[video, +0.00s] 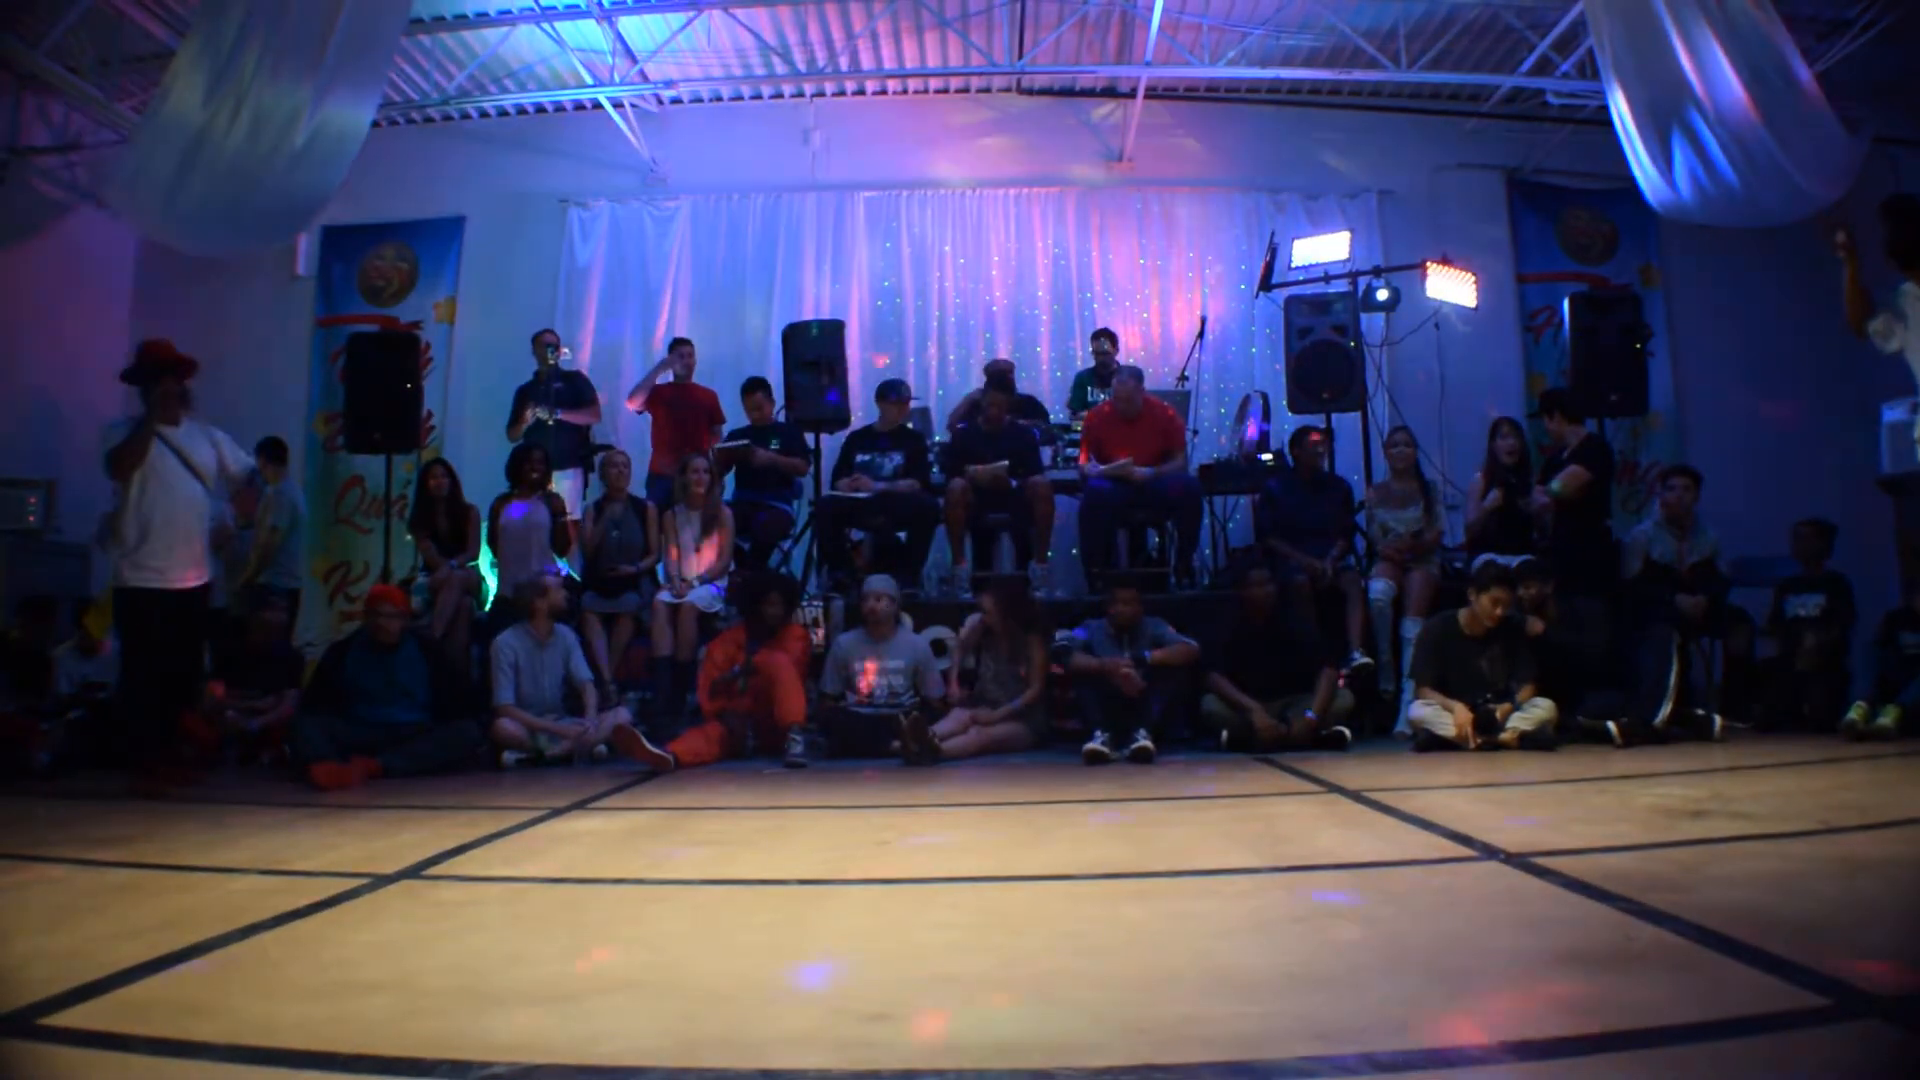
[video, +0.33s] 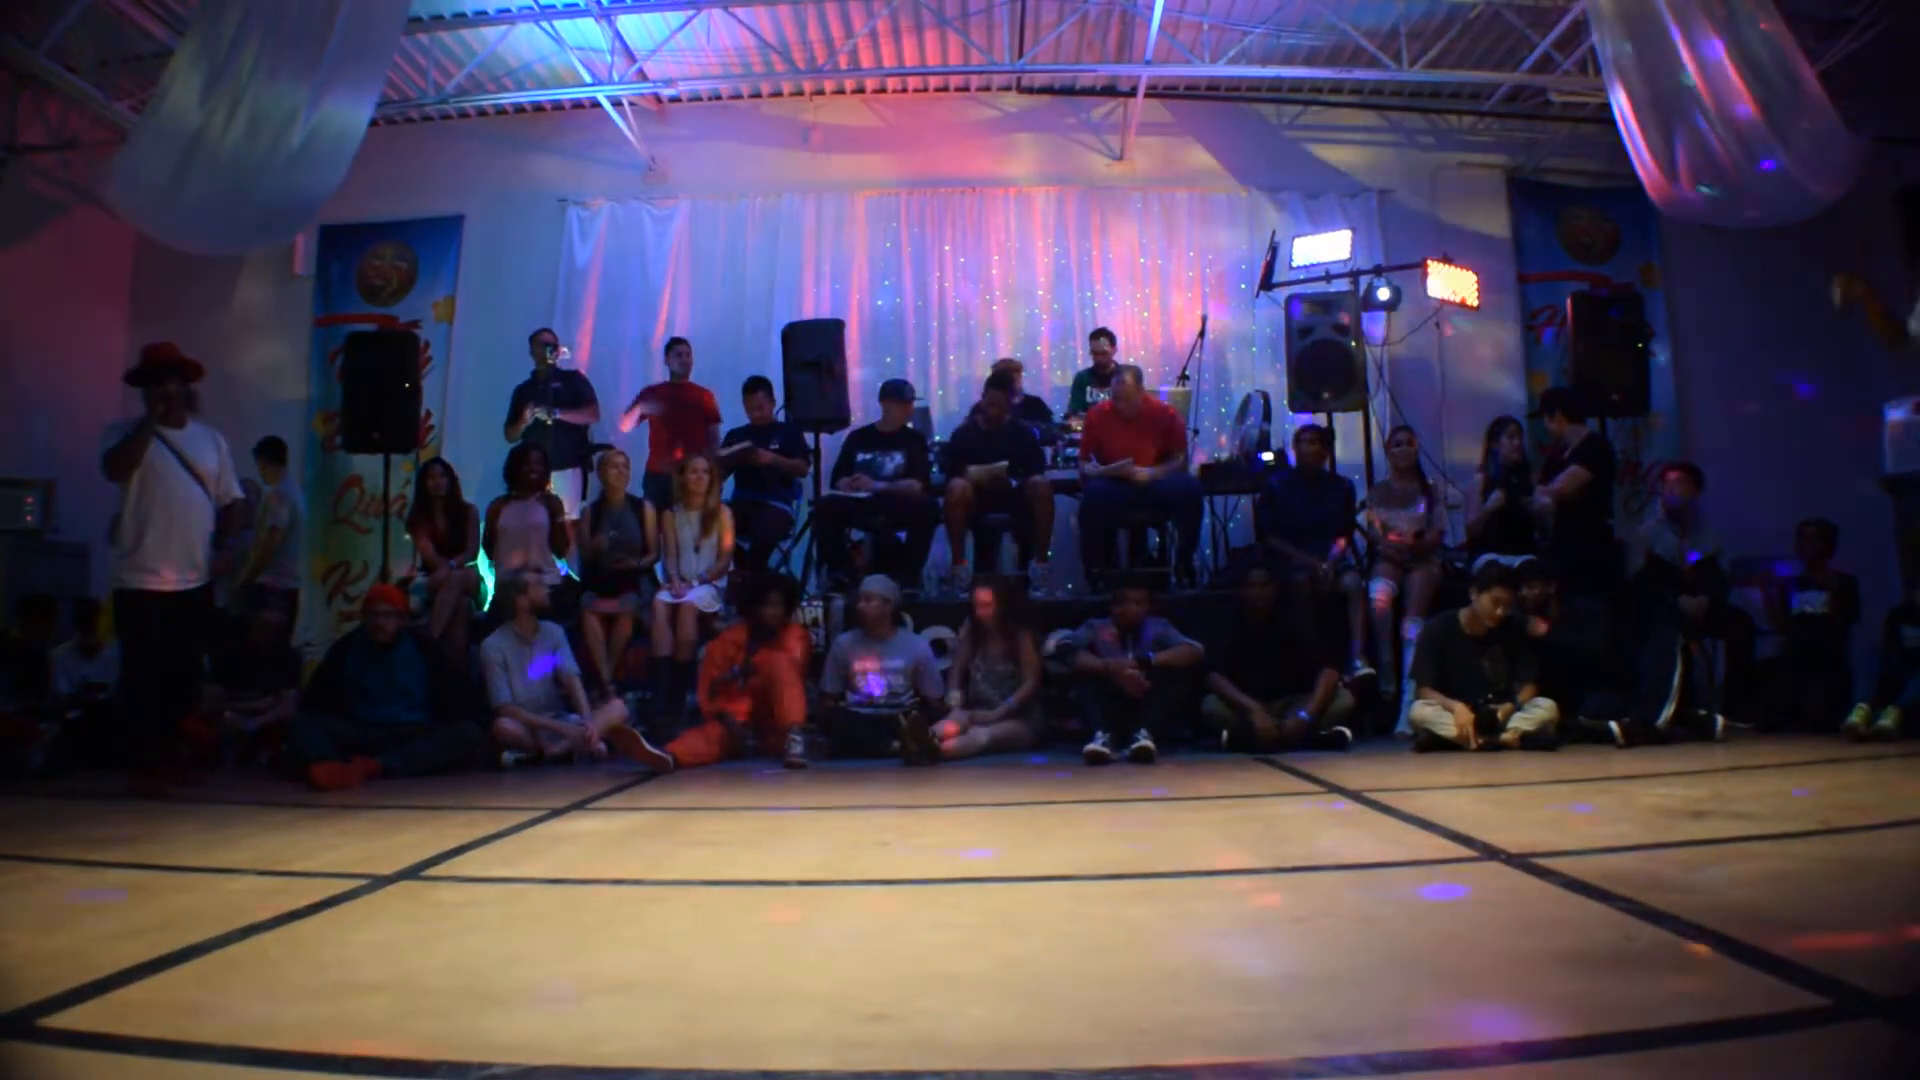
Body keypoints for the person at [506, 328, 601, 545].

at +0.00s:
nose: (550, 351)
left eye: (554, 347)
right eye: (544, 347)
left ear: (560, 351)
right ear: (534, 352)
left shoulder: (576, 380)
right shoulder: (526, 390)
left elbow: (594, 415)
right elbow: (512, 435)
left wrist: (557, 414)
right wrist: (526, 421)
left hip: (570, 464)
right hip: (537, 466)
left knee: (569, 525)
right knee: (535, 524)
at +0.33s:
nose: (548, 351)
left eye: (552, 346)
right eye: (543, 346)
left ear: (559, 351)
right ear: (532, 351)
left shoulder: (574, 380)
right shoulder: (523, 390)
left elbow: (592, 414)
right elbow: (510, 435)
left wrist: (556, 414)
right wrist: (524, 421)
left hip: (569, 465)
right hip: (536, 467)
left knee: (569, 525)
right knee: (535, 524)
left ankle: (570, 577)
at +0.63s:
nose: (549, 351)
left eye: (554, 347)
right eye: (544, 347)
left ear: (560, 352)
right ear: (533, 352)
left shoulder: (575, 380)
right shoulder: (524, 390)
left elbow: (593, 416)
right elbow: (511, 436)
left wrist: (557, 415)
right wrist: (525, 422)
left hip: (569, 465)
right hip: (536, 468)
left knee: (569, 524)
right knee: (535, 524)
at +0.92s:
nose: (548, 350)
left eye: (552, 346)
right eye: (542, 346)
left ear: (559, 351)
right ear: (531, 351)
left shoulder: (573, 379)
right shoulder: (522, 390)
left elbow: (592, 415)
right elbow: (510, 434)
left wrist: (556, 413)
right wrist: (524, 420)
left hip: (568, 463)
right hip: (535, 465)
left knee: (569, 524)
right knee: (535, 522)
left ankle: (573, 576)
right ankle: (538, 577)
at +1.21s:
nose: (548, 350)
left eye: (552, 346)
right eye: (542, 346)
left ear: (558, 350)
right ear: (531, 350)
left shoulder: (573, 380)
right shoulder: (522, 389)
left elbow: (592, 415)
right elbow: (509, 435)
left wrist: (556, 414)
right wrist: (524, 420)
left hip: (568, 463)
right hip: (534, 465)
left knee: (568, 525)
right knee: (535, 524)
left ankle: (571, 579)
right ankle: (537, 580)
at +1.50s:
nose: (548, 350)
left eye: (552, 346)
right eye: (542, 346)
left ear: (559, 350)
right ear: (531, 351)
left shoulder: (573, 379)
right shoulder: (522, 389)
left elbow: (592, 414)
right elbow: (510, 434)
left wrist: (556, 413)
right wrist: (524, 420)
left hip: (568, 463)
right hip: (535, 465)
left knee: (569, 524)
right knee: (534, 522)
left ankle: (572, 577)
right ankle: (537, 580)